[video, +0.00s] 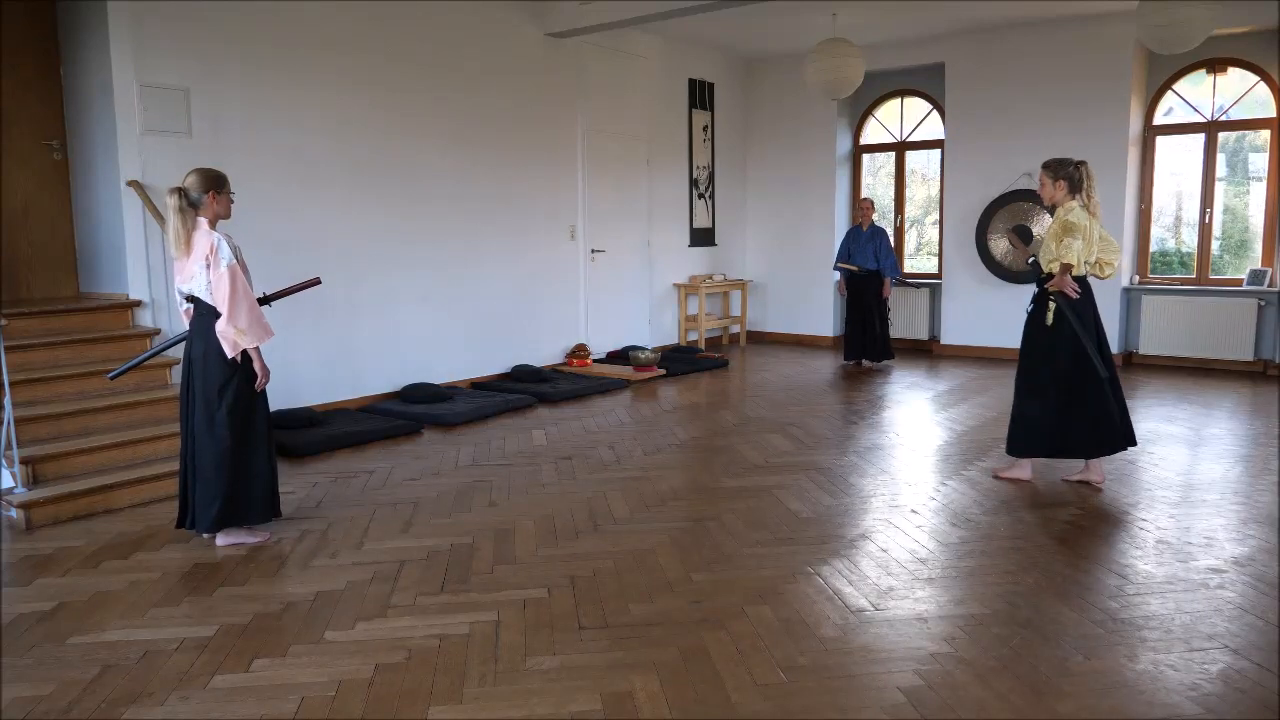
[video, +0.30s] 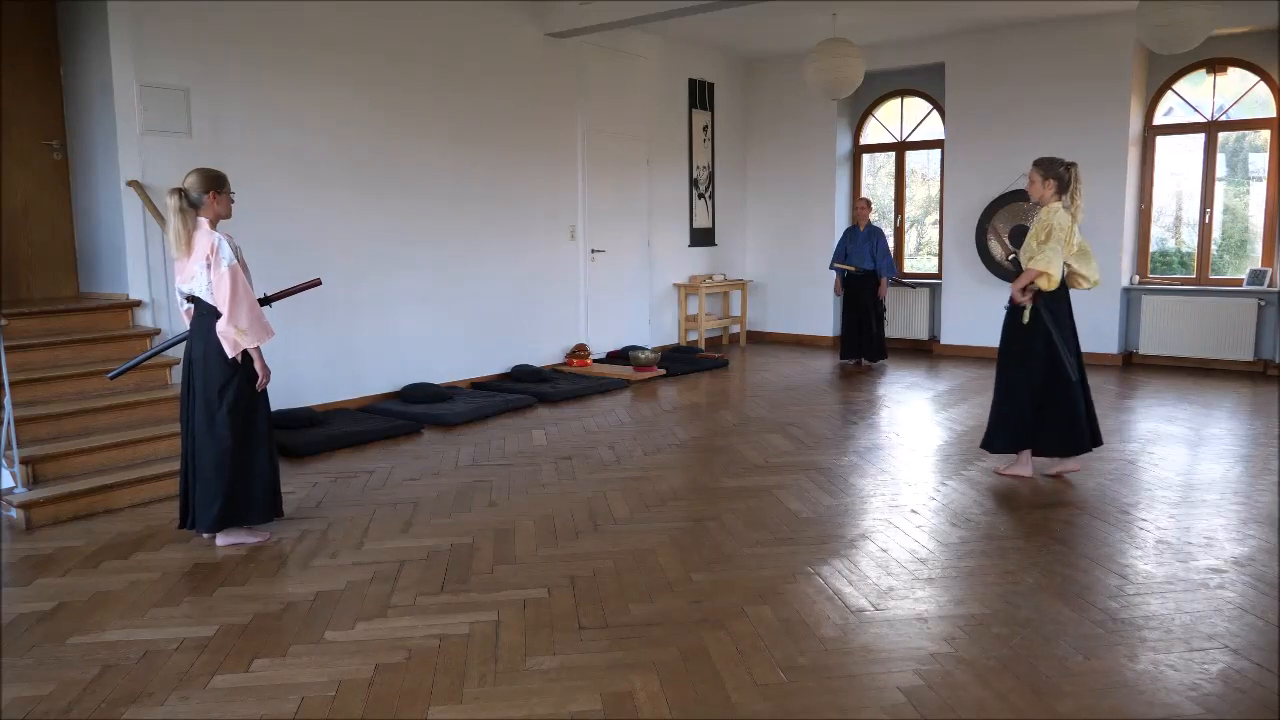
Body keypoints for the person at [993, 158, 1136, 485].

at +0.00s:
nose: (1038, 190)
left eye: (1042, 184)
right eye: (1038, 184)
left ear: (1061, 185)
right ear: (1068, 187)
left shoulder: (1068, 214)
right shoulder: (1086, 216)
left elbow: (1070, 246)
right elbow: (1109, 256)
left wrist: (1062, 275)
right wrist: (1085, 271)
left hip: (1053, 304)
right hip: (1079, 303)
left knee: (1033, 379)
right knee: (1083, 381)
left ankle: (1024, 463)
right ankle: (1094, 467)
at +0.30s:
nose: (1027, 186)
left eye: (1032, 181)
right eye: (1028, 180)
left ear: (1049, 184)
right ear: (1051, 185)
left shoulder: (1053, 215)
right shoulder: (1060, 215)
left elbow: (1048, 259)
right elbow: (1066, 261)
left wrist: (1018, 283)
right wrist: (1034, 278)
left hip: (1037, 302)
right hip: (1054, 302)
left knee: (1023, 377)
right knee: (1058, 376)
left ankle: (1023, 460)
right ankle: (1071, 454)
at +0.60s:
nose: (1023, 185)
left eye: (1028, 179)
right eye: (1024, 179)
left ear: (1047, 183)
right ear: (1048, 184)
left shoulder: (1043, 217)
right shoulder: (1056, 215)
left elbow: (1024, 269)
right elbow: (1041, 263)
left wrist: (991, 310)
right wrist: (1008, 253)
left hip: (1033, 302)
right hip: (1043, 299)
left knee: (1026, 375)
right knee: (1029, 374)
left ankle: (1024, 458)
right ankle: (1020, 453)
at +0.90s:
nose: (1023, 183)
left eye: (1028, 178)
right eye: (1025, 177)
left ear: (1044, 182)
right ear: (1047, 183)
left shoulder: (1039, 216)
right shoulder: (1052, 214)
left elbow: (1027, 266)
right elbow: (1024, 257)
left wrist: (1007, 310)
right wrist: (995, 244)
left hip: (1031, 299)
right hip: (1040, 296)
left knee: (1027, 374)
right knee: (1029, 374)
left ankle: (1025, 458)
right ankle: (1019, 454)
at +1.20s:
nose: (1020, 183)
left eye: (1024, 178)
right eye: (1022, 177)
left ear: (1038, 182)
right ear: (1044, 183)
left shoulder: (1035, 216)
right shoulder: (1052, 215)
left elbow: (1020, 267)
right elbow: (1021, 256)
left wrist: (1001, 307)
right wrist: (988, 243)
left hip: (1028, 301)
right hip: (1040, 298)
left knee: (1022, 375)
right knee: (1026, 375)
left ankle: (1023, 458)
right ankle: (1018, 453)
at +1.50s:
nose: (1015, 183)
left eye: (1019, 178)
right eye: (1017, 177)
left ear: (1033, 182)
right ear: (1038, 183)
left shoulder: (1033, 218)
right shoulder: (1050, 215)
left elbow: (1019, 269)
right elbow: (1021, 257)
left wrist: (999, 308)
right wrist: (989, 244)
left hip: (1027, 302)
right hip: (1041, 299)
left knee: (1024, 376)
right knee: (1033, 375)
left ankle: (1025, 459)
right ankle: (1027, 454)